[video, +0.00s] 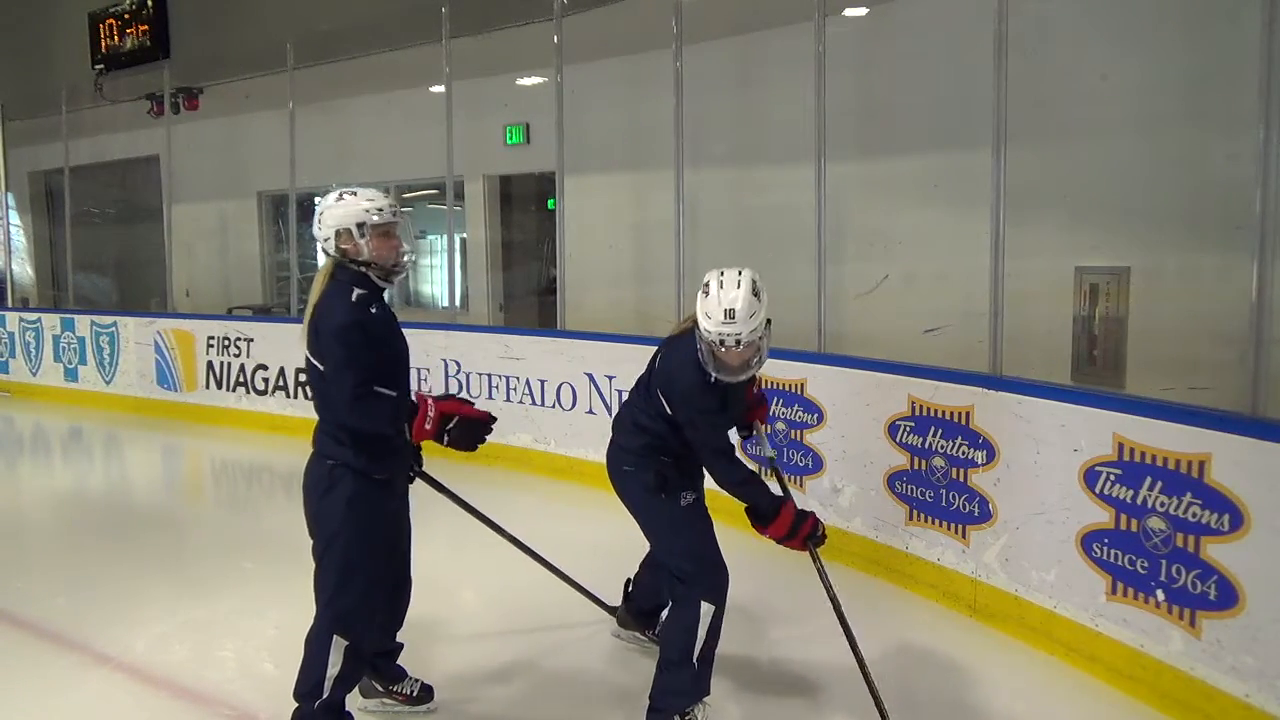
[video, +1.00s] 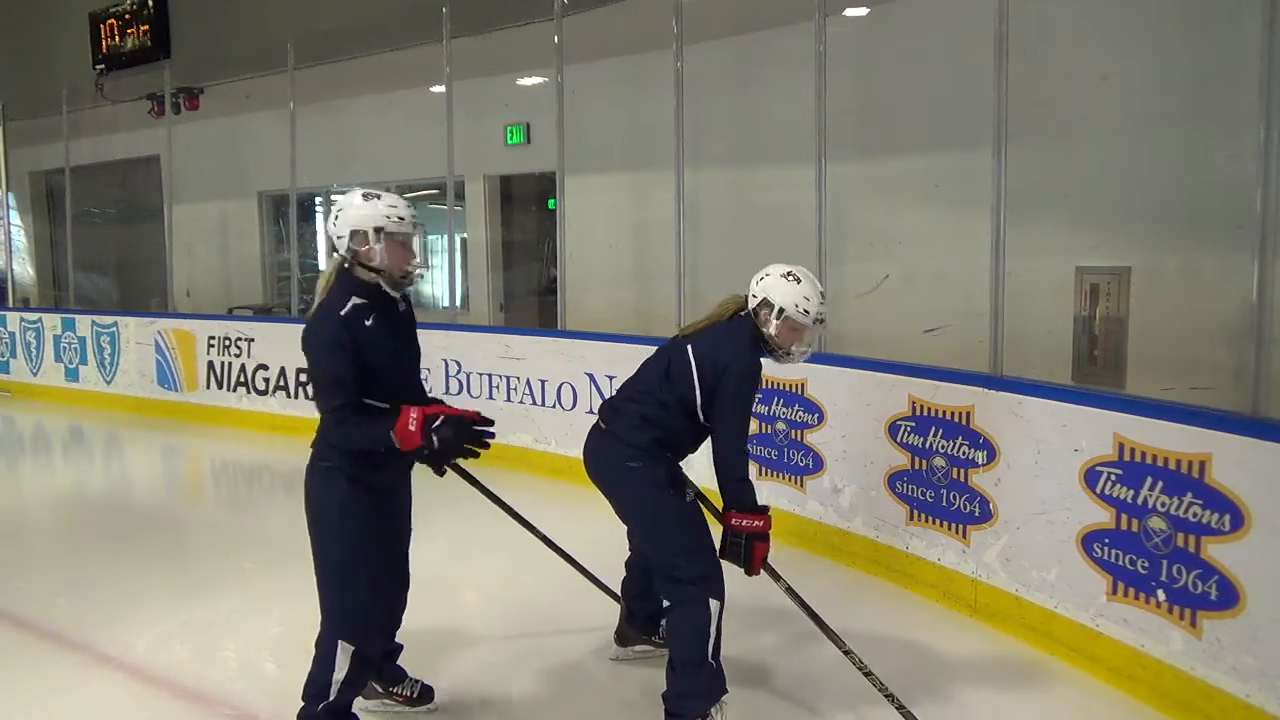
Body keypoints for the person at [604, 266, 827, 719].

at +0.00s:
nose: (734, 357)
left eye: (746, 345)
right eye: (721, 346)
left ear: (763, 334)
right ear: (704, 335)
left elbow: (738, 376)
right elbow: (721, 461)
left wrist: (748, 404)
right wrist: (781, 518)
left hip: (681, 459)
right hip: (642, 463)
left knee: (680, 542)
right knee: (704, 579)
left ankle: (638, 614)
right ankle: (672, 708)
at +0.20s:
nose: (745, 354)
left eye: (756, 342)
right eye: (733, 343)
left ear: (770, 331)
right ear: (712, 331)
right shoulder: (691, 370)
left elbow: (737, 374)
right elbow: (721, 461)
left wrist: (742, 401)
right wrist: (776, 514)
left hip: (677, 458)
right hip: (641, 462)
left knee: (679, 540)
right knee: (704, 579)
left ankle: (637, 616)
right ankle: (672, 708)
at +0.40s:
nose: (789, 329)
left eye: (795, 317)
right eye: (780, 317)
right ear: (749, 304)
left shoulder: (722, 317)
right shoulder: (719, 348)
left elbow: (722, 429)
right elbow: (723, 442)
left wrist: (746, 491)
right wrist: (759, 504)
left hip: (643, 451)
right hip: (640, 459)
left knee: (673, 539)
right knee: (700, 578)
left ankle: (643, 626)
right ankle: (676, 708)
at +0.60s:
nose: (798, 326)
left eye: (802, 317)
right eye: (795, 315)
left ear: (761, 299)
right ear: (767, 303)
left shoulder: (719, 313)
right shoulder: (737, 346)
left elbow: (652, 345)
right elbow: (729, 437)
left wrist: (675, 416)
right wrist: (748, 507)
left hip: (615, 445)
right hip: (640, 459)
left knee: (665, 534)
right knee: (700, 581)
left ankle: (638, 626)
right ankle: (678, 708)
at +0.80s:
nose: (795, 328)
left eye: (801, 319)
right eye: (792, 317)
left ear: (758, 300)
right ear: (766, 304)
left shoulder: (718, 315)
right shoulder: (739, 346)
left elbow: (651, 351)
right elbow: (731, 437)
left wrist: (666, 445)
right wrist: (747, 508)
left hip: (611, 445)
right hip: (638, 459)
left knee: (658, 534)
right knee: (699, 579)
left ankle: (636, 625)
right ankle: (684, 708)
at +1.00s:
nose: (797, 340)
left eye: (804, 330)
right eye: (792, 327)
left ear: (756, 309)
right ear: (764, 313)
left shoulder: (724, 328)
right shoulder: (740, 355)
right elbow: (730, 443)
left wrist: (669, 470)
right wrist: (744, 514)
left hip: (611, 445)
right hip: (635, 457)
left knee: (656, 534)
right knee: (697, 580)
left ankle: (638, 626)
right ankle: (692, 707)